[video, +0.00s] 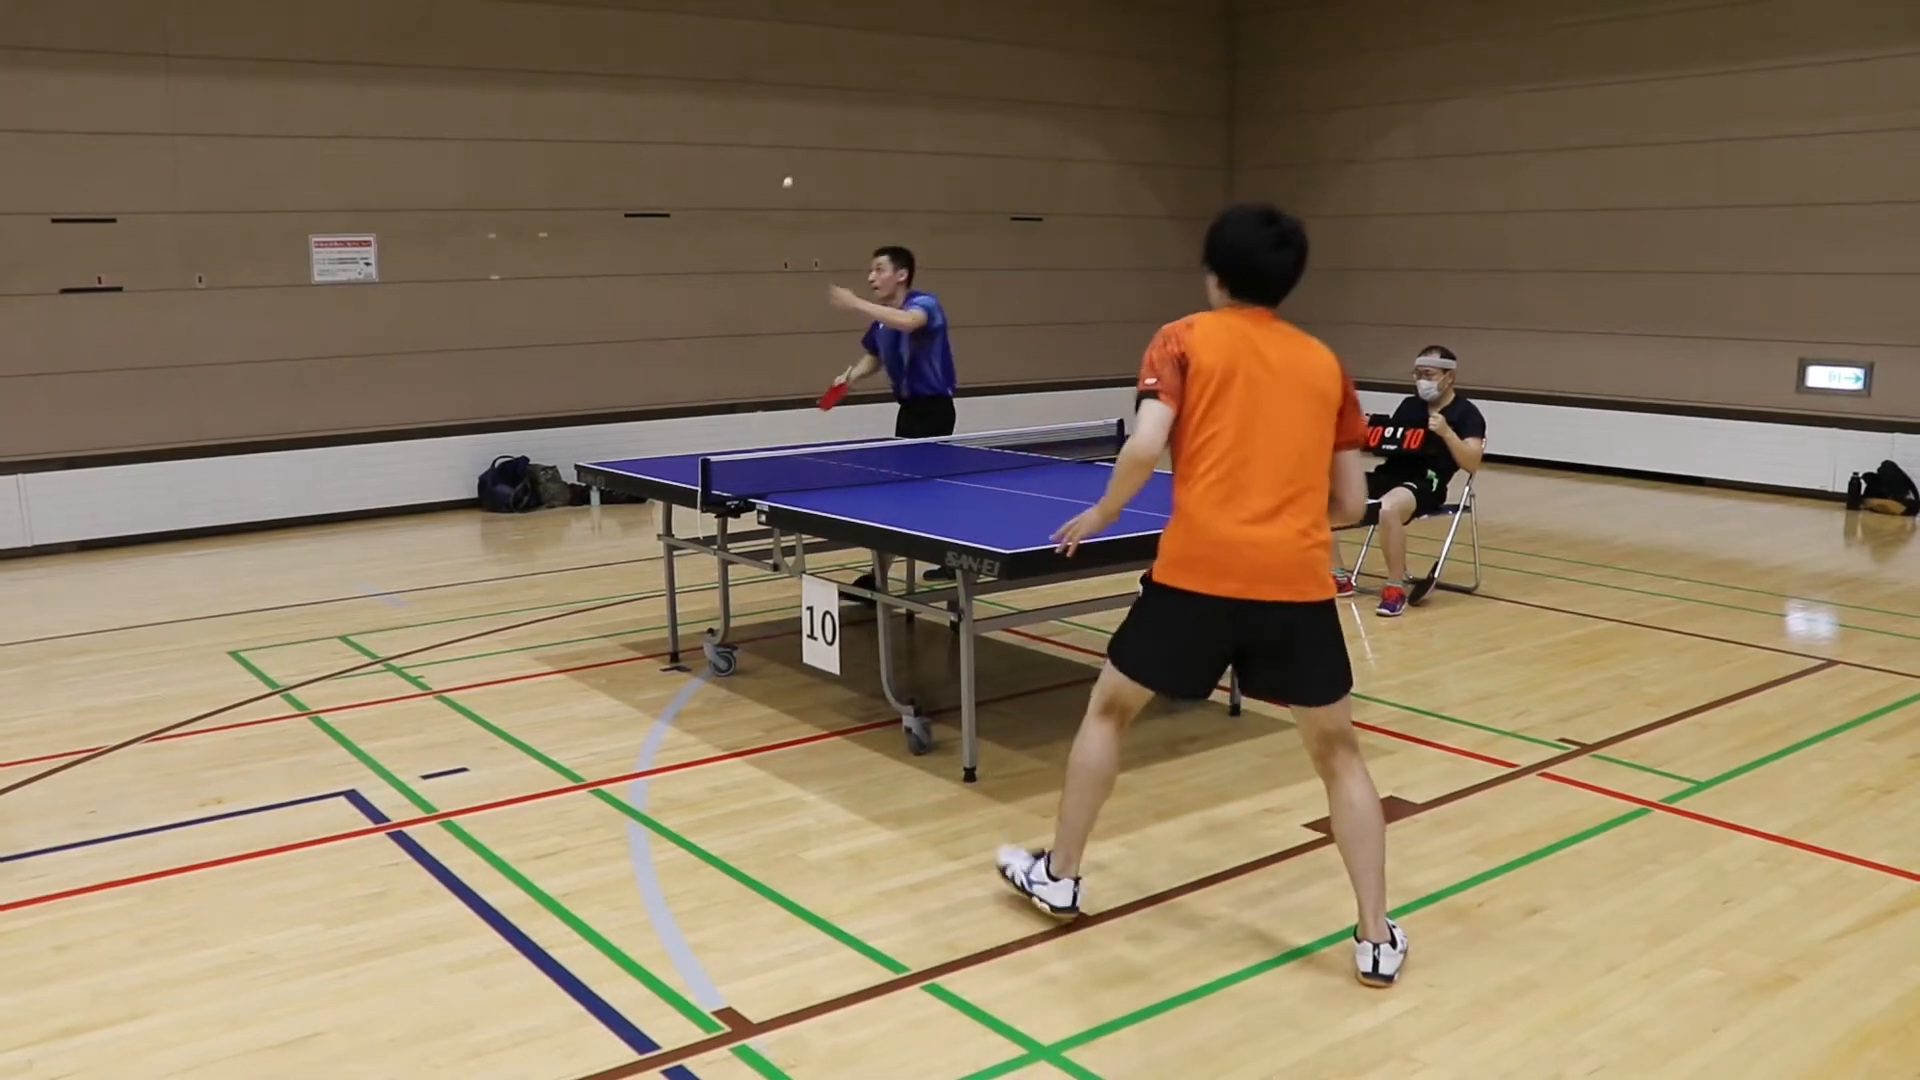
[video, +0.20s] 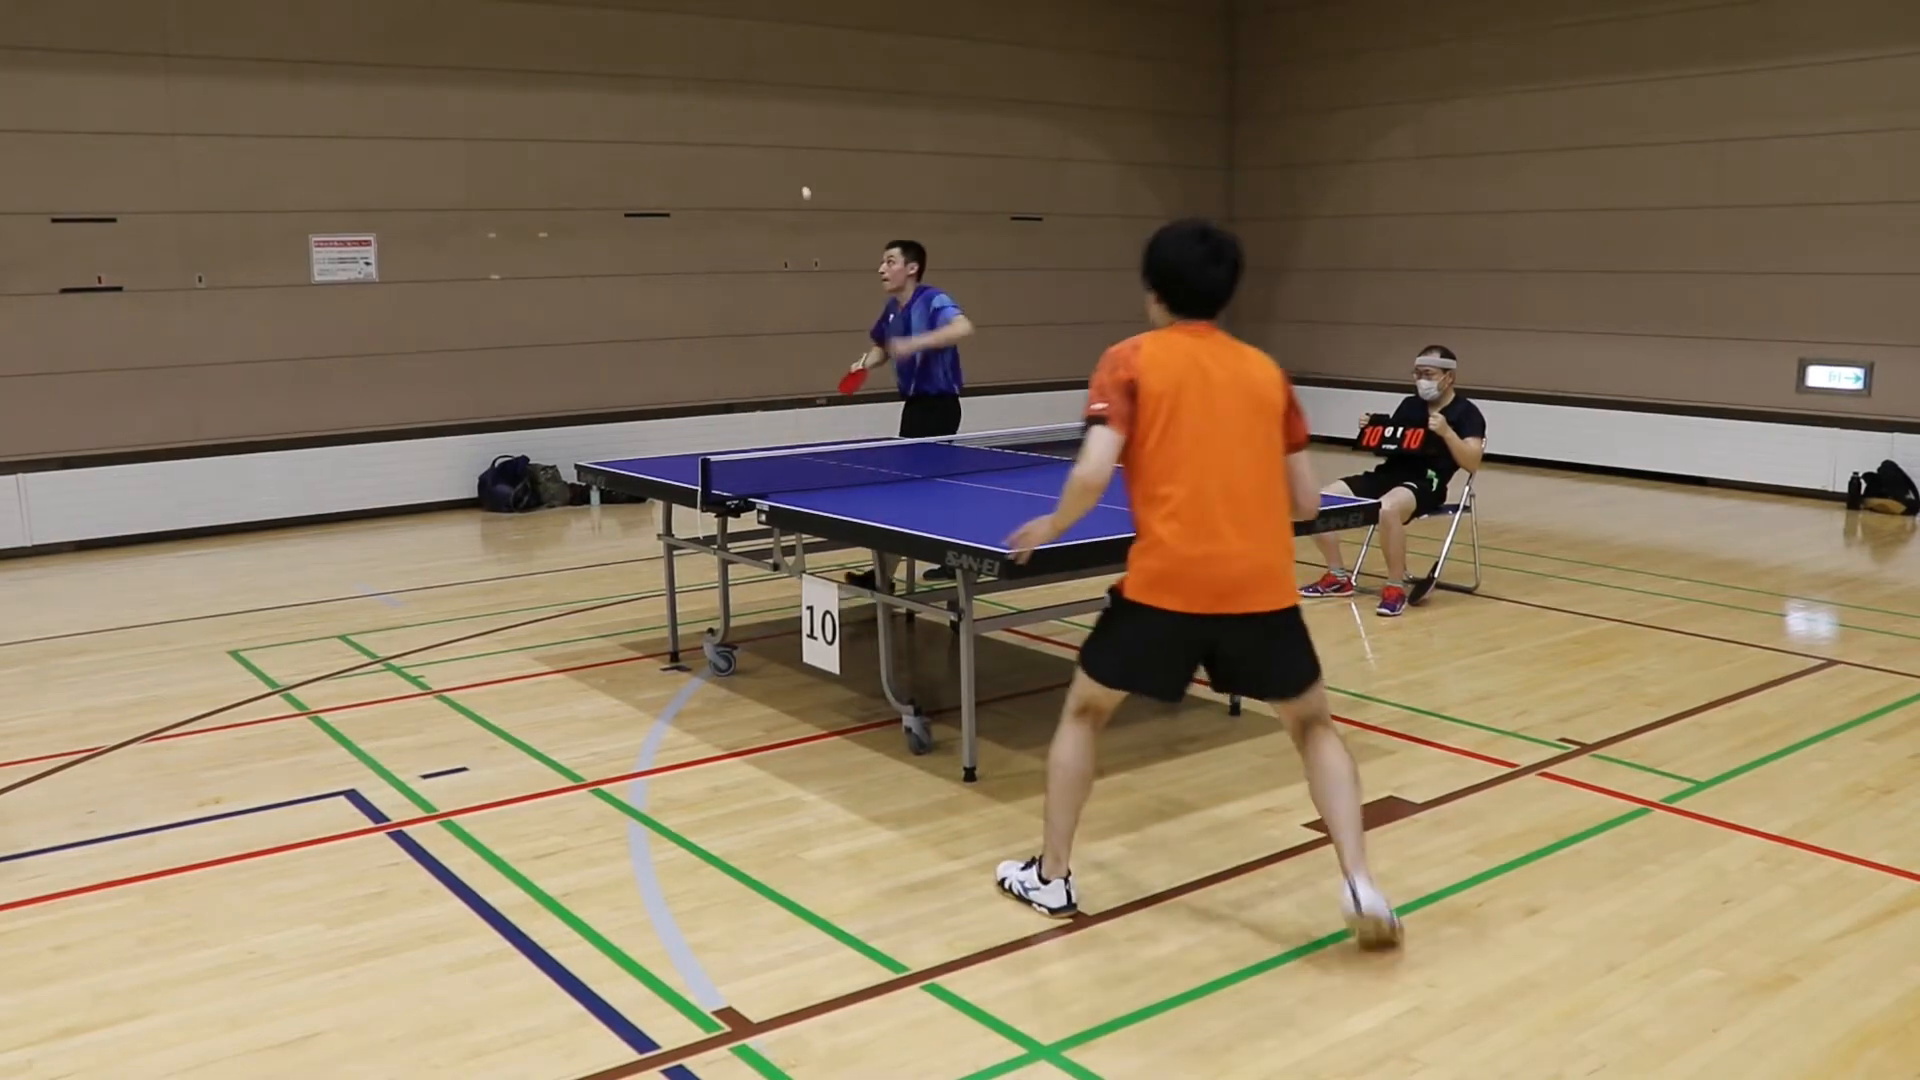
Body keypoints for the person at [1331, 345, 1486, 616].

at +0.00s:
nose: (1423, 381)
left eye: (1430, 375)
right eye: (1418, 374)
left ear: (1450, 378)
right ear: (1414, 375)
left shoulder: (1466, 413)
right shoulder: (1410, 405)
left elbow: (1471, 463)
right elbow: (1386, 444)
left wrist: (1446, 433)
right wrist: (1367, 432)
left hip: (1426, 482)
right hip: (1388, 476)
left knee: (1390, 508)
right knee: (1323, 500)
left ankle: (1395, 587)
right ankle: (1337, 574)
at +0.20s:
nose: (1423, 381)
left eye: (1430, 375)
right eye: (1419, 374)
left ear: (1449, 378)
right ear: (1413, 375)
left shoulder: (1466, 414)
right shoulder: (1411, 405)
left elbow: (1472, 463)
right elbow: (1393, 439)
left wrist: (1447, 433)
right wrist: (1373, 426)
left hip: (1427, 481)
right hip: (1390, 473)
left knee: (1389, 508)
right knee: (1320, 501)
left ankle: (1395, 588)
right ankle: (1337, 576)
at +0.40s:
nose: (1423, 382)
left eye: (1430, 375)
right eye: (1419, 374)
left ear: (1449, 378)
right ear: (1414, 375)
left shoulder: (1466, 413)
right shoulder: (1411, 405)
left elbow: (1472, 463)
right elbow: (1393, 439)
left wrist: (1447, 433)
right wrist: (1373, 426)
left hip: (1427, 482)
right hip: (1390, 474)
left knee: (1388, 509)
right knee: (1319, 502)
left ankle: (1395, 588)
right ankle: (1337, 576)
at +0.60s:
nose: (1423, 382)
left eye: (1430, 375)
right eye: (1419, 375)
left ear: (1449, 378)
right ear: (1413, 375)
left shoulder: (1467, 414)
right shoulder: (1411, 405)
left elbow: (1472, 463)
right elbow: (1393, 439)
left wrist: (1446, 433)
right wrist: (1372, 426)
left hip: (1427, 481)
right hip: (1390, 473)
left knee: (1389, 509)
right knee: (1320, 502)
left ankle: (1395, 588)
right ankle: (1337, 576)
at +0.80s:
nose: (1422, 381)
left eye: (1430, 375)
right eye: (1419, 374)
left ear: (1449, 379)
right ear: (1414, 375)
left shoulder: (1467, 414)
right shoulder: (1411, 405)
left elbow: (1472, 463)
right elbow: (1392, 438)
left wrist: (1446, 432)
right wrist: (1373, 426)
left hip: (1426, 482)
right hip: (1389, 474)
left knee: (1389, 509)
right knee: (1318, 502)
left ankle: (1395, 588)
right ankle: (1337, 575)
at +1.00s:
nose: (1426, 381)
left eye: (1433, 374)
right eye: (1420, 374)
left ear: (1451, 377)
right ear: (1415, 376)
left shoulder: (1467, 413)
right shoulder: (1411, 404)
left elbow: (1472, 463)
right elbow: (1393, 437)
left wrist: (1447, 432)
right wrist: (1372, 425)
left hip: (1427, 482)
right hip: (1390, 473)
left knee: (1388, 509)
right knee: (1318, 501)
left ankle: (1395, 588)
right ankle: (1337, 576)